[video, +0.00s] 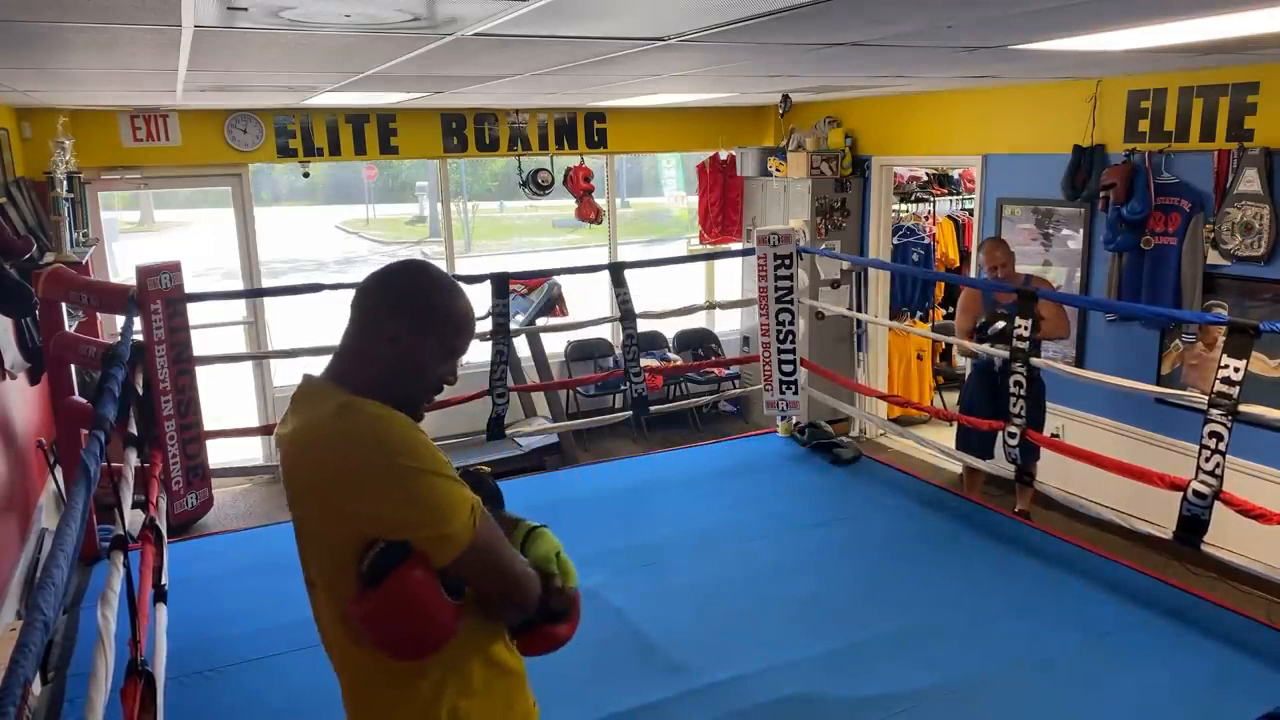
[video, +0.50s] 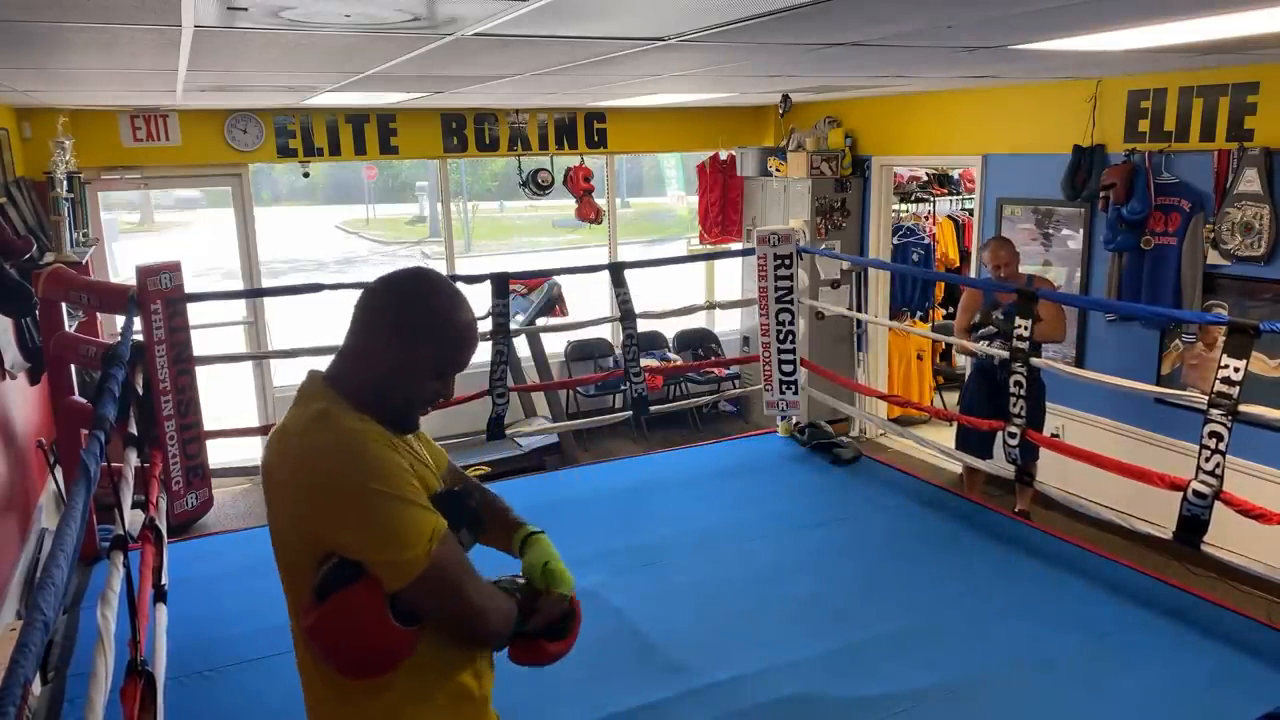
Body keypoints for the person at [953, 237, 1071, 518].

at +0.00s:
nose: (999, 274)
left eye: (1003, 266)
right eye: (991, 269)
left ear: (1013, 260)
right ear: (983, 267)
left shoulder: (1038, 286)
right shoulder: (973, 293)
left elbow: (1061, 328)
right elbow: (962, 341)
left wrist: (1021, 330)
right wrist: (985, 347)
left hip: (1025, 380)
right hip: (984, 379)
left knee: (1027, 449)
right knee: (975, 448)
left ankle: (1022, 514)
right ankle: (971, 507)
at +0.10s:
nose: (999, 274)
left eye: (1003, 266)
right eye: (992, 269)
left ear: (1014, 260)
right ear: (983, 267)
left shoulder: (1038, 286)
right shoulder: (973, 294)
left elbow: (1063, 327)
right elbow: (961, 339)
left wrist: (1026, 328)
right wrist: (977, 347)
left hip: (1025, 381)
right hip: (984, 380)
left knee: (1027, 450)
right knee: (974, 448)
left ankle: (1022, 514)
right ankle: (970, 507)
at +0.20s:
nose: (999, 273)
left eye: (1004, 265)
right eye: (992, 268)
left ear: (1015, 260)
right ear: (983, 267)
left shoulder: (1038, 286)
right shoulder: (974, 293)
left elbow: (1062, 327)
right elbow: (960, 340)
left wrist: (1019, 328)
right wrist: (980, 348)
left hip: (1025, 382)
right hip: (984, 381)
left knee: (1027, 449)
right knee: (974, 448)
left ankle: (1022, 513)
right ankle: (971, 506)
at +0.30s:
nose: (999, 274)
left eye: (1004, 266)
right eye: (992, 269)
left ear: (1015, 260)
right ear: (983, 267)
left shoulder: (1039, 286)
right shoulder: (975, 292)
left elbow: (1059, 329)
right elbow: (960, 338)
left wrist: (1017, 330)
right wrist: (979, 350)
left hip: (1025, 381)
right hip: (983, 380)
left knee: (1026, 449)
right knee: (974, 447)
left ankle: (1022, 513)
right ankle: (971, 507)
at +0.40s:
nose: (1000, 274)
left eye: (1005, 266)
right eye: (993, 269)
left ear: (1016, 260)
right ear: (983, 266)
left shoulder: (1039, 286)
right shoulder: (975, 291)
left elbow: (1058, 330)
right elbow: (960, 339)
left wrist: (1017, 331)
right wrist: (981, 349)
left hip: (1024, 381)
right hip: (983, 379)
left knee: (1026, 448)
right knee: (974, 445)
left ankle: (1022, 513)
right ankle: (971, 505)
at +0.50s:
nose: (1002, 274)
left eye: (1006, 266)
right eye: (994, 268)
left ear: (1018, 259)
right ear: (984, 266)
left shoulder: (1040, 286)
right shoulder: (976, 290)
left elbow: (1057, 331)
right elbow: (960, 335)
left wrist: (1016, 330)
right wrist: (980, 348)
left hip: (1025, 380)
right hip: (983, 378)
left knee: (1026, 448)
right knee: (974, 445)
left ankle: (1022, 513)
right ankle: (971, 505)